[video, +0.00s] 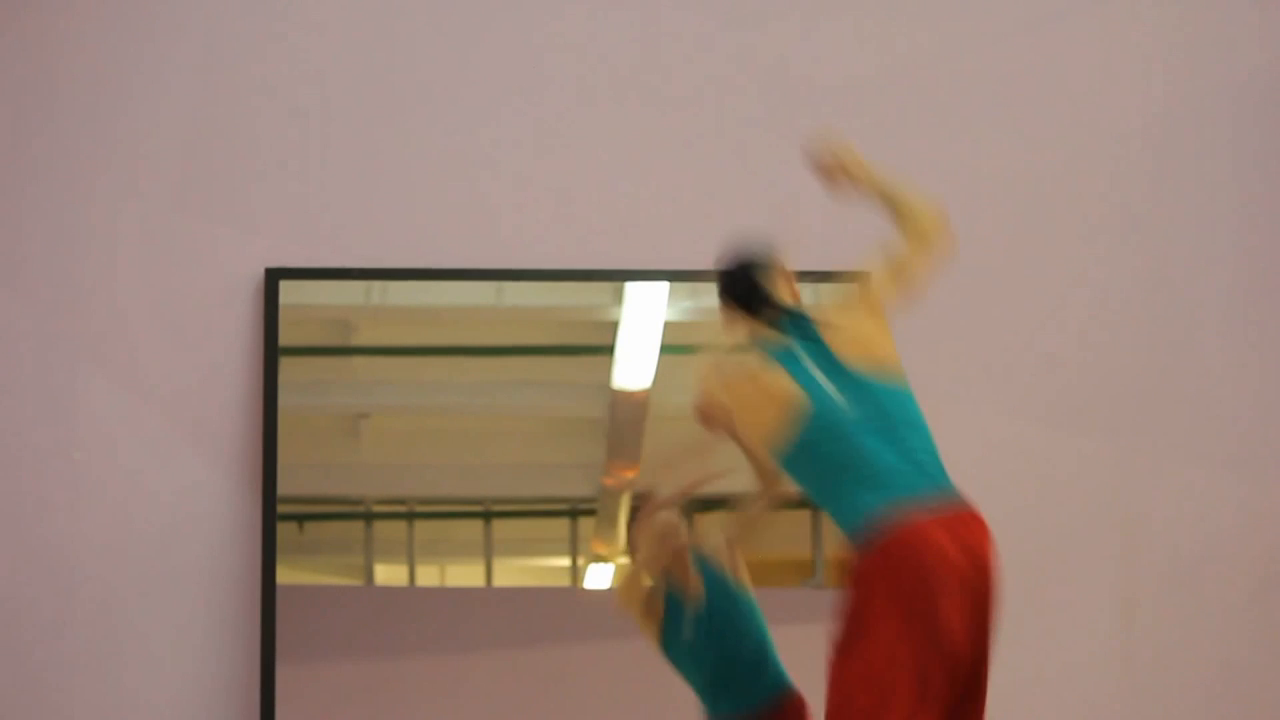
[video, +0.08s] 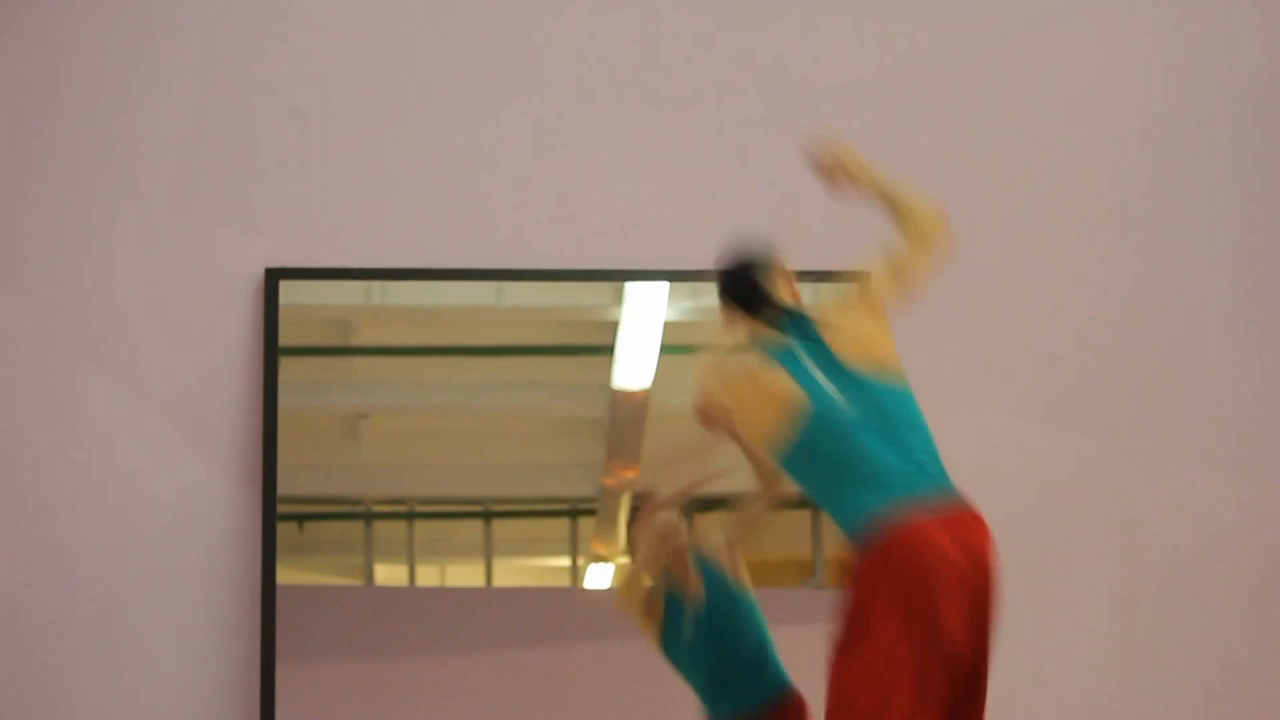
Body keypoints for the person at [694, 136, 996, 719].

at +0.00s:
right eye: (786, 275)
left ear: (730, 314)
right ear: (788, 282)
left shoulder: (725, 381)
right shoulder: (858, 309)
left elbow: (776, 484)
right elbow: (929, 231)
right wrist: (866, 178)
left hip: (900, 558)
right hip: (967, 537)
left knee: (868, 707)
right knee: (956, 708)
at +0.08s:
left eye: (727, 313)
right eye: (785, 275)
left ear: (730, 314)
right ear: (788, 282)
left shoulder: (726, 381)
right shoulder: (858, 310)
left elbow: (776, 484)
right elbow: (929, 232)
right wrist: (867, 178)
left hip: (901, 557)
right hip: (967, 537)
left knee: (868, 707)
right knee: (956, 708)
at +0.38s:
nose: (805, 185)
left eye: (801, 172)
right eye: (792, 172)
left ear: (744, 191)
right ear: (749, 184)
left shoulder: (717, 290)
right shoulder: (794, 211)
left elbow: (846, 289)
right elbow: (896, 135)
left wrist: (942, 244)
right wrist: (852, 96)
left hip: (807, 478)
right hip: (886, 442)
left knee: (859, 670)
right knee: (973, 635)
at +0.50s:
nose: (805, 184)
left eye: (801, 172)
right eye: (793, 172)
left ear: (744, 191)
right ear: (749, 184)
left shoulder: (717, 290)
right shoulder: (794, 211)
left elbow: (844, 290)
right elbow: (896, 135)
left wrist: (941, 244)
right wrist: (852, 96)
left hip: (807, 478)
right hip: (885, 441)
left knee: (859, 669)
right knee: (973, 634)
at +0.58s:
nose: (812, 153)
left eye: (812, 142)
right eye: (798, 139)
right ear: (746, 146)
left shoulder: (736, 248)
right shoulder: (767, 189)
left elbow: (877, 278)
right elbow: (890, 147)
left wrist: (989, 245)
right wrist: (903, 100)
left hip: (768, 444)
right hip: (828, 412)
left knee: (853, 631)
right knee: (978, 571)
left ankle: (891, 718)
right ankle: (1037, 708)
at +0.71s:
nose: (812, 153)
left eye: (812, 142)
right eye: (798, 139)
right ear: (746, 146)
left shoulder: (736, 247)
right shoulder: (767, 188)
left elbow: (877, 278)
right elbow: (890, 147)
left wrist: (988, 245)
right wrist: (903, 100)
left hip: (767, 444)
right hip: (827, 412)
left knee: (853, 631)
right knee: (979, 571)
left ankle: (891, 718)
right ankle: (1037, 708)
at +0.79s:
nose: (812, 143)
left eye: (820, 133)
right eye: (795, 129)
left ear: (827, 140)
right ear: (751, 133)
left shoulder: (799, 232)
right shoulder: (755, 177)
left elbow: (901, 272)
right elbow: (889, 175)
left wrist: (1019, 254)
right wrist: (945, 131)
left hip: (741, 435)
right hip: (770, 395)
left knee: (859, 585)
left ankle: (902, 713)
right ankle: (1042, 638)